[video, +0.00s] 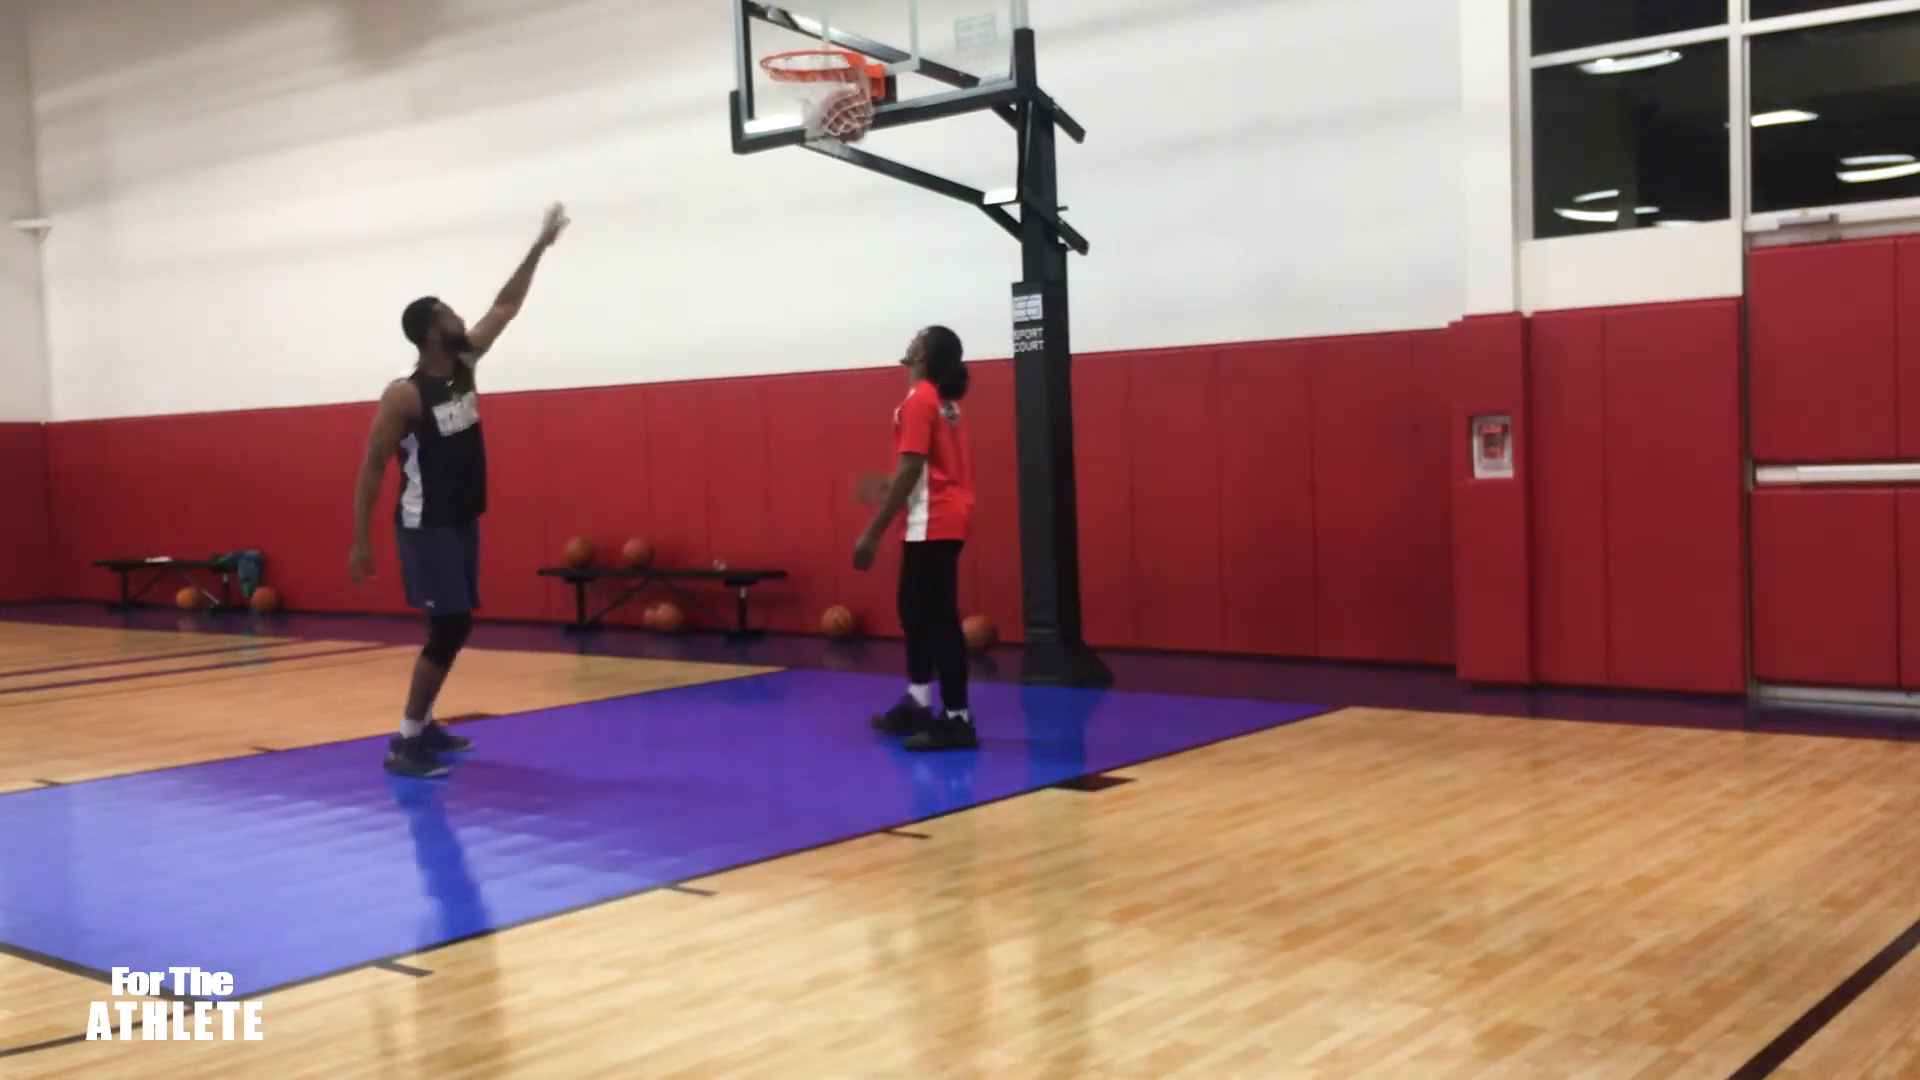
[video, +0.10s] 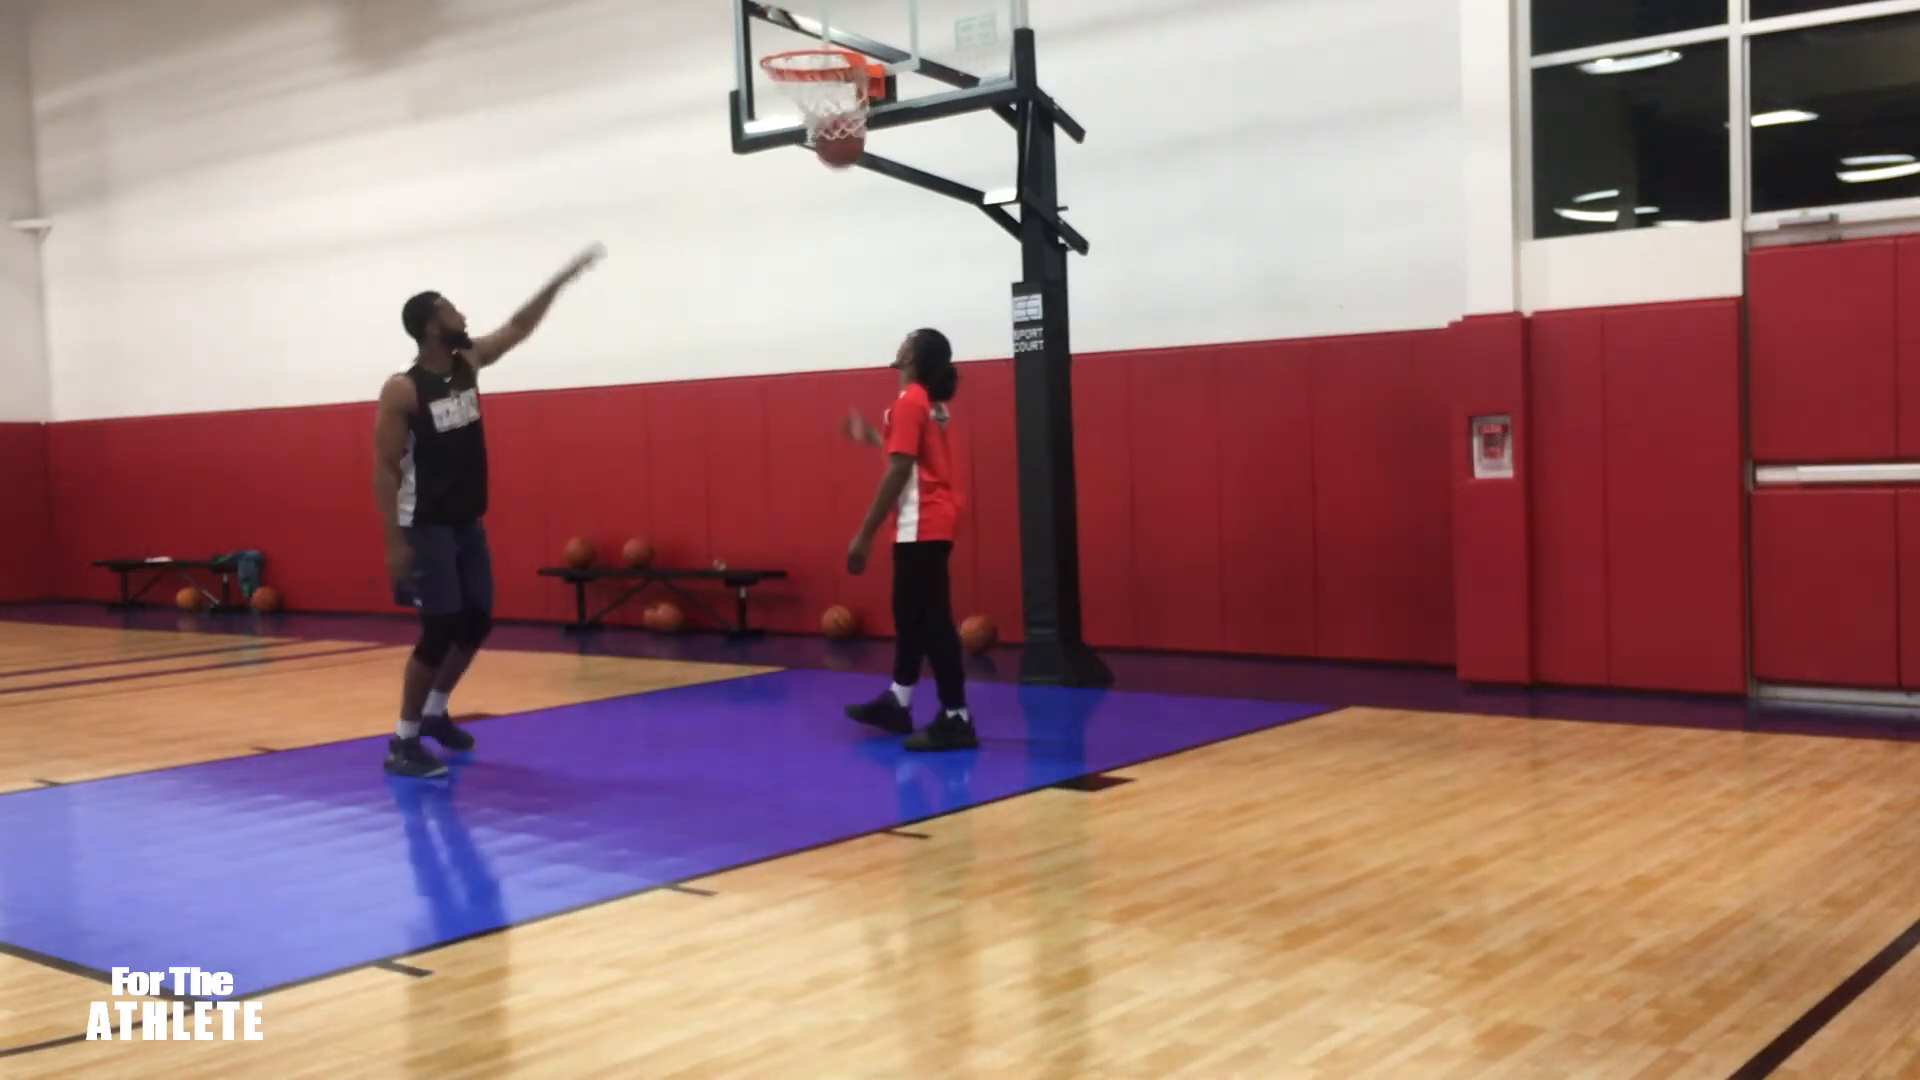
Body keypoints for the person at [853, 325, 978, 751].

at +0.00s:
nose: (908, 347)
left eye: (915, 342)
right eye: (912, 340)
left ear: (925, 354)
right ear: (935, 359)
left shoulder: (920, 397)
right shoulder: (936, 398)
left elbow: (911, 467)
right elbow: (931, 469)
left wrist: (872, 534)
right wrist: (888, 485)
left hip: (935, 520)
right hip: (933, 518)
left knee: (936, 614)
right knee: (913, 608)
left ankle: (956, 717)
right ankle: (919, 701)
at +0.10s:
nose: (898, 350)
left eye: (904, 345)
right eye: (903, 344)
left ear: (913, 357)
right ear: (928, 361)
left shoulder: (909, 400)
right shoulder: (923, 400)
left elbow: (900, 468)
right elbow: (916, 454)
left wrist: (864, 536)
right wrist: (874, 436)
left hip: (925, 525)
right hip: (922, 523)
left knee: (932, 618)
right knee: (908, 613)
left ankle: (955, 717)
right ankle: (898, 700)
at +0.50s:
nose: (860, 349)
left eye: (868, 344)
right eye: (864, 342)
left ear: (887, 357)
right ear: (884, 358)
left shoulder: (894, 399)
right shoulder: (877, 399)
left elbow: (893, 470)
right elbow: (858, 451)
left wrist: (862, 531)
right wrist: (819, 420)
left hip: (897, 522)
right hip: (882, 521)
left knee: (886, 609)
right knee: (878, 609)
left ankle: (922, 703)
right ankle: (890, 700)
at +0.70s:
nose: (848, 353)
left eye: (857, 347)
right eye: (851, 346)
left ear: (881, 358)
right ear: (872, 358)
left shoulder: (890, 397)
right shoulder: (870, 399)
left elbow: (893, 466)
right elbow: (865, 474)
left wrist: (876, 530)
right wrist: (817, 492)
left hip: (892, 527)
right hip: (872, 526)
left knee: (889, 613)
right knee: (876, 613)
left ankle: (915, 706)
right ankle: (889, 698)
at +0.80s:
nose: (845, 354)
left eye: (853, 348)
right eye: (847, 347)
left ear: (878, 357)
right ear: (868, 357)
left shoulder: (891, 397)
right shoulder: (866, 399)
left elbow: (900, 467)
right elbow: (873, 467)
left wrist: (881, 529)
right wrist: (845, 498)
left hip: (893, 529)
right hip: (868, 529)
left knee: (899, 616)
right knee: (877, 616)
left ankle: (920, 706)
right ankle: (889, 699)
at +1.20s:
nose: (862, 355)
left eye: (870, 349)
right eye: (863, 348)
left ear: (895, 355)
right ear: (878, 355)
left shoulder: (915, 397)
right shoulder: (871, 405)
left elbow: (928, 465)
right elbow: (870, 471)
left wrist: (917, 532)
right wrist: (823, 496)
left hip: (907, 534)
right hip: (874, 534)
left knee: (915, 621)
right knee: (880, 618)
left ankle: (926, 708)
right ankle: (889, 703)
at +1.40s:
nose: (882, 354)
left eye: (891, 349)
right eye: (883, 348)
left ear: (917, 356)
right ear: (888, 355)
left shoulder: (938, 403)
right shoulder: (878, 410)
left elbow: (951, 470)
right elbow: (871, 471)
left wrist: (941, 534)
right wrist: (825, 486)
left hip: (924, 532)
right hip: (883, 534)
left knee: (928, 622)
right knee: (883, 617)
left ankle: (929, 708)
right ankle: (889, 703)